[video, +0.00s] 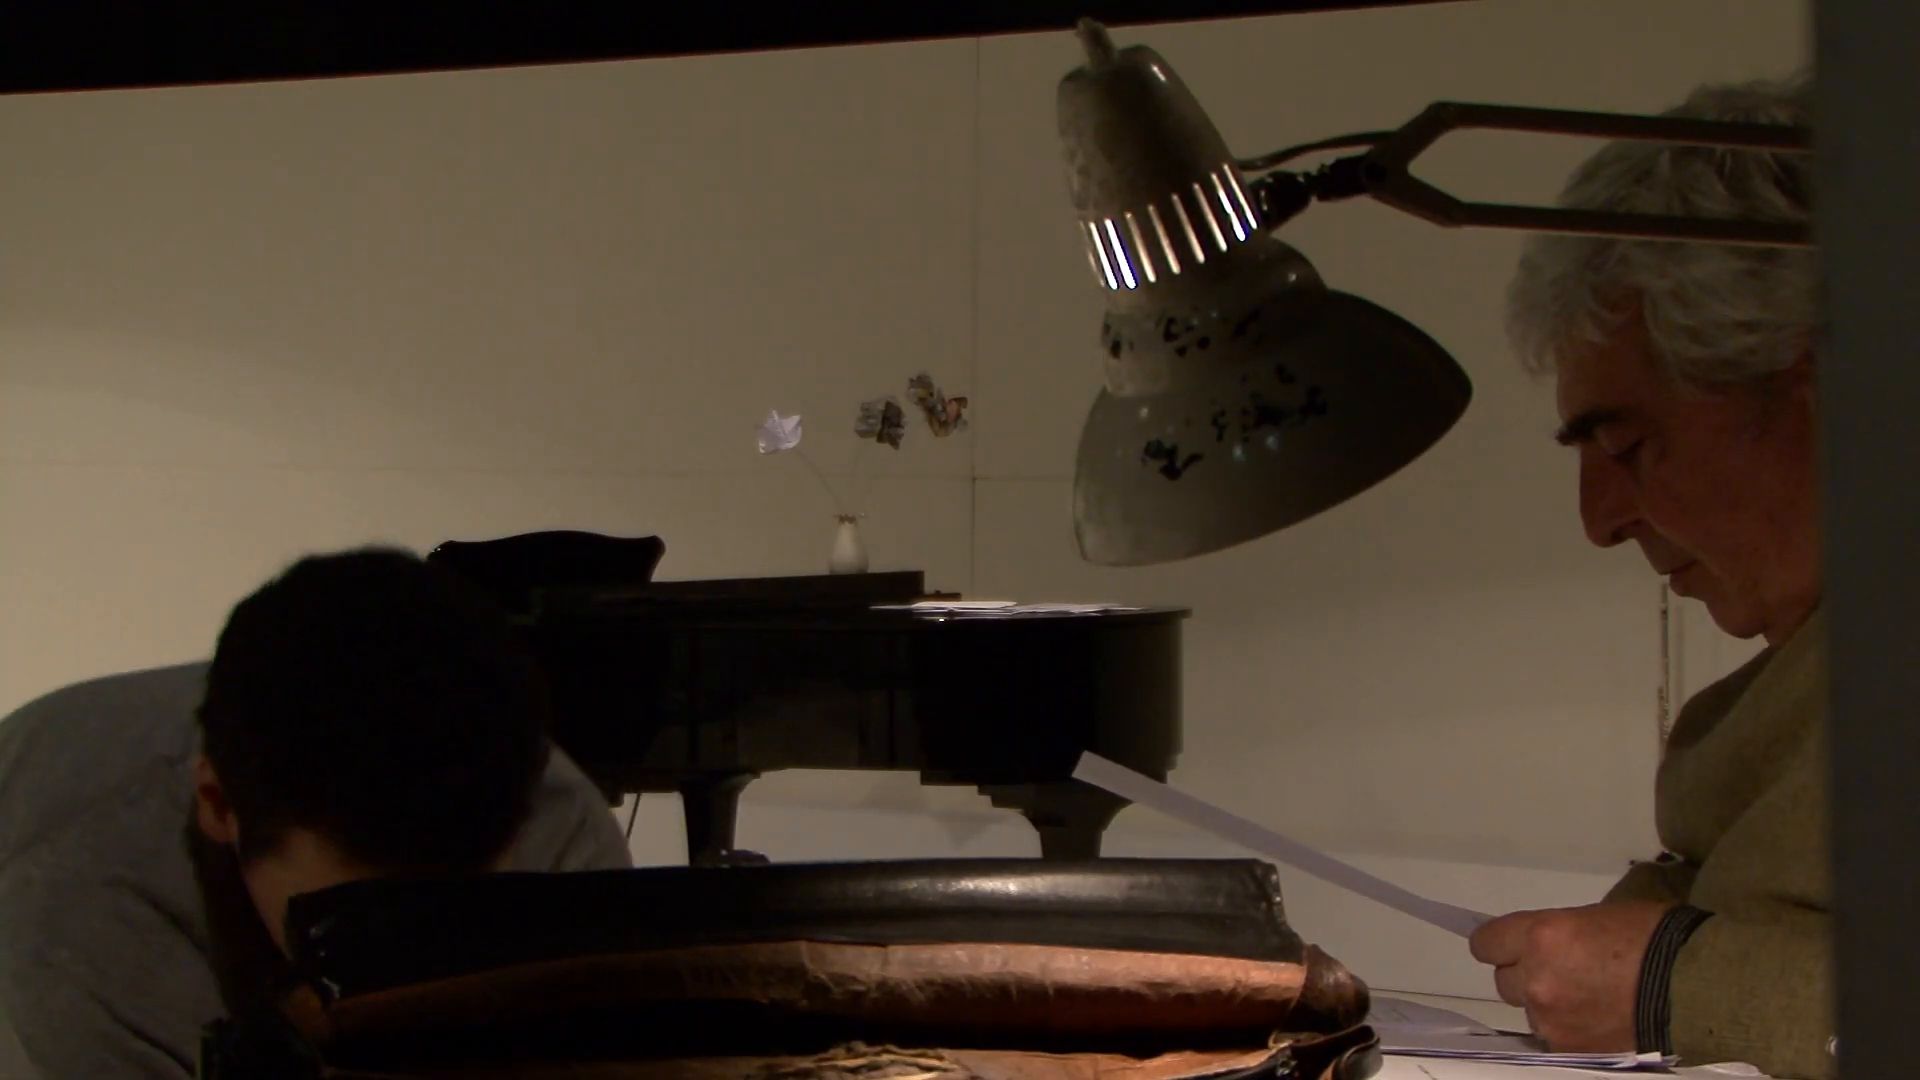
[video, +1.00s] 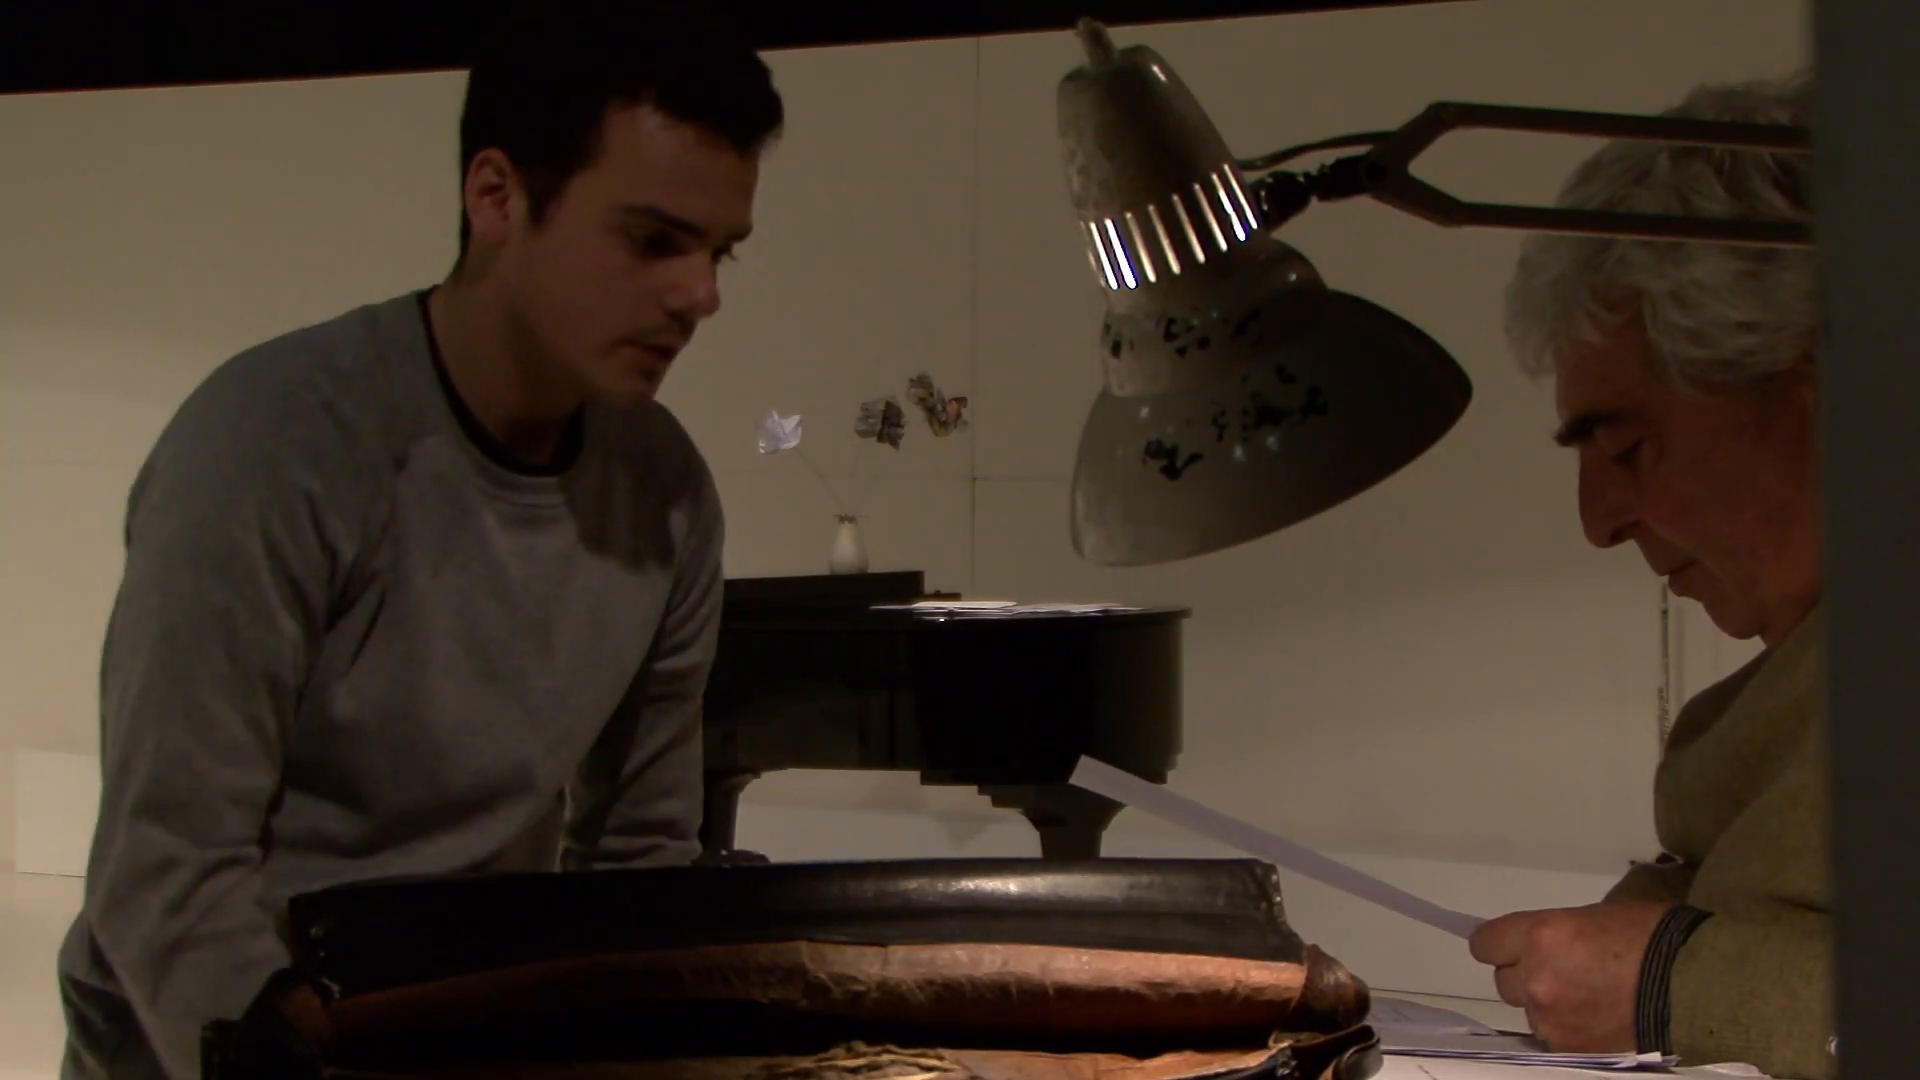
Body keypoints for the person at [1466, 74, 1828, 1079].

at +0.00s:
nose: (1601, 520)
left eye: (1623, 441)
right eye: (1589, 454)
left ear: (1809, 381)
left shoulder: (1873, 656)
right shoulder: (1793, 670)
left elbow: (1892, 1002)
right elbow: (1724, 870)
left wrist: (1675, 984)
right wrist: (1642, 947)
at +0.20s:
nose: (1601, 520)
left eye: (1624, 442)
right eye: (1591, 455)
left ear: (1810, 379)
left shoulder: (1873, 653)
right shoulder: (1792, 669)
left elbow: (1894, 1003)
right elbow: (1732, 873)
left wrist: (1674, 983)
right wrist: (1643, 947)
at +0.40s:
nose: (1602, 520)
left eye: (1627, 443)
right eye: (1591, 455)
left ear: (1809, 381)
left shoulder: (1873, 653)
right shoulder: (1794, 665)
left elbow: (1893, 1006)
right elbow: (1726, 872)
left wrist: (1673, 983)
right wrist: (1642, 945)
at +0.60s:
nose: (1602, 520)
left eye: (1628, 442)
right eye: (1592, 455)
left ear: (1806, 381)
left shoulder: (1874, 652)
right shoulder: (1797, 664)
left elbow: (1894, 1006)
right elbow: (1729, 873)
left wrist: (1674, 984)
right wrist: (1641, 949)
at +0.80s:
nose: (1601, 520)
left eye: (1626, 442)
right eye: (1590, 454)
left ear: (1808, 382)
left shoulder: (1871, 656)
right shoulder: (1792, 670)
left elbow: (1892, 1005)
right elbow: (1726, 871)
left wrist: (1675, 984)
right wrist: (1643, 945)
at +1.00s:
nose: (1600, 522)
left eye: (1624, 443)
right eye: (1589, 456)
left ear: (1807, 382)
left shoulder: (1871, 654)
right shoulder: (1796, 667)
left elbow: (1892, 1004)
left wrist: (1673, 984)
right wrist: (1645, 943)